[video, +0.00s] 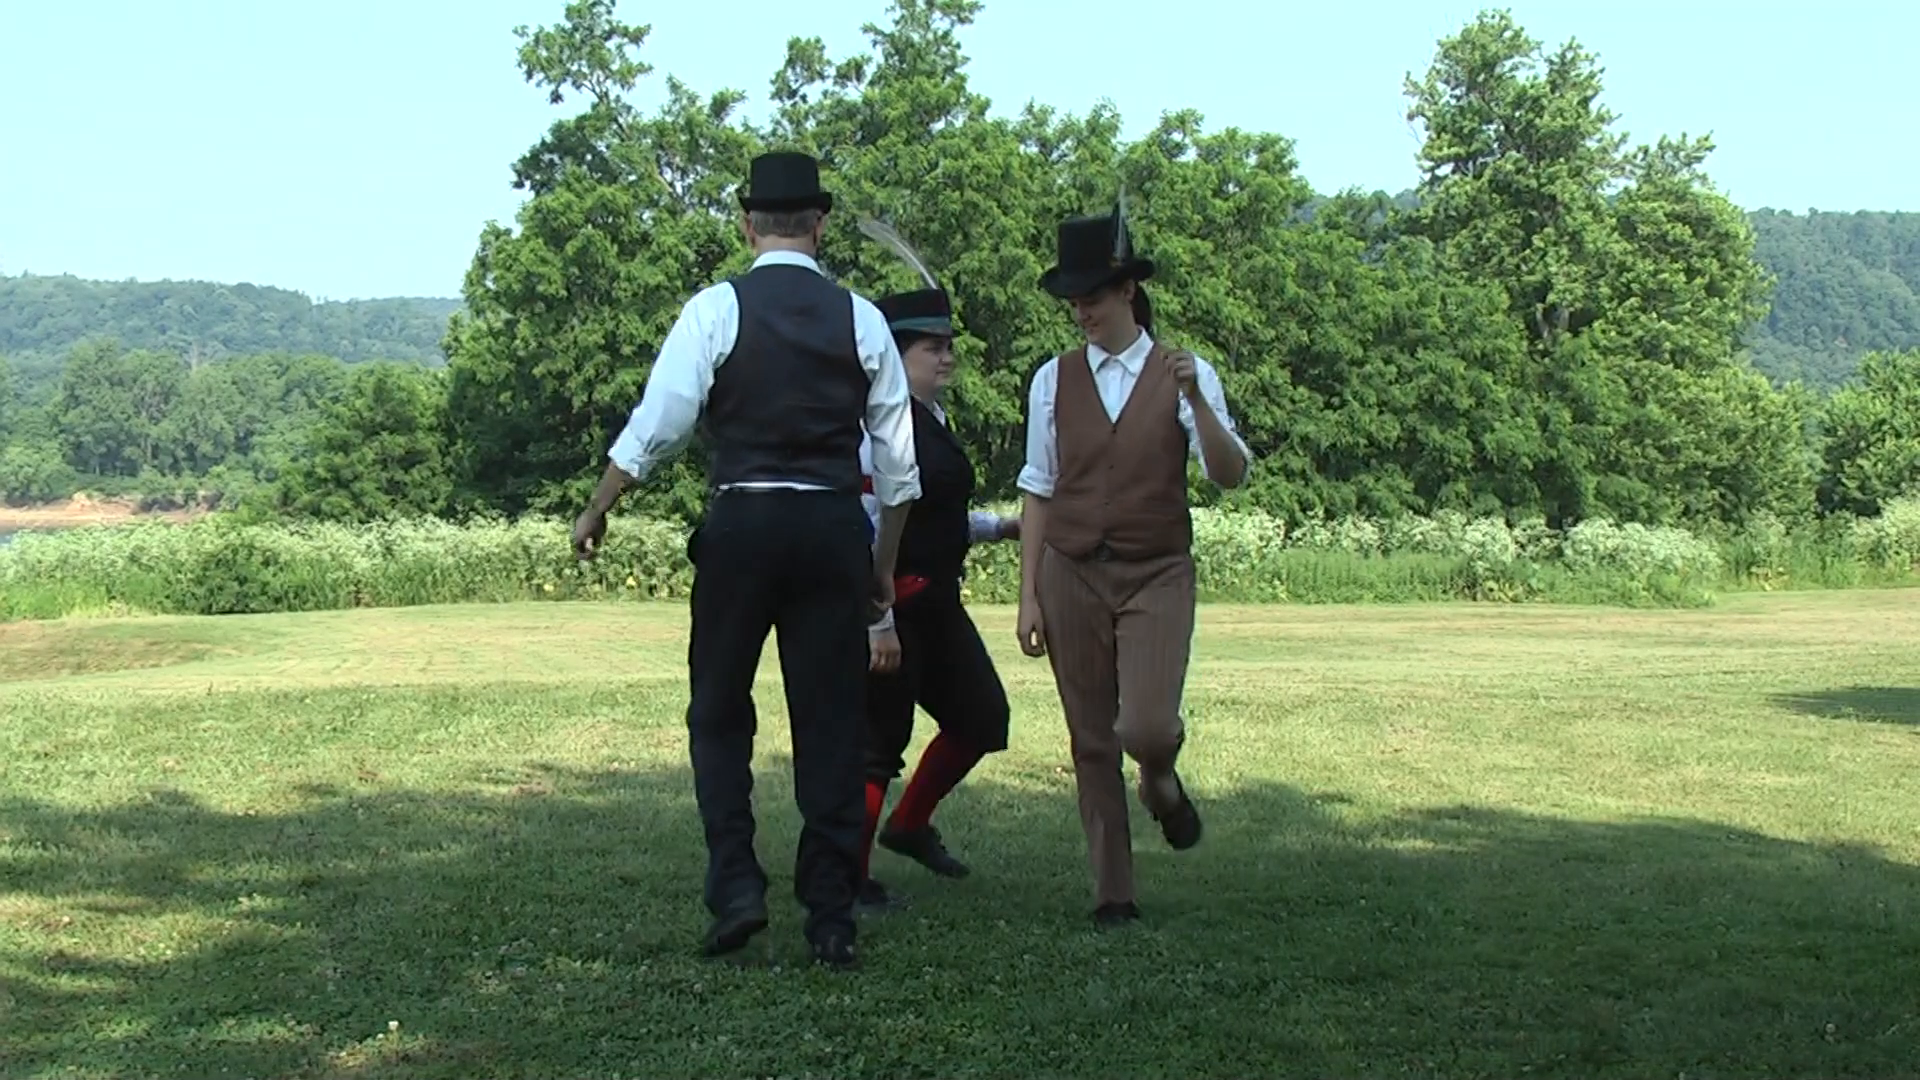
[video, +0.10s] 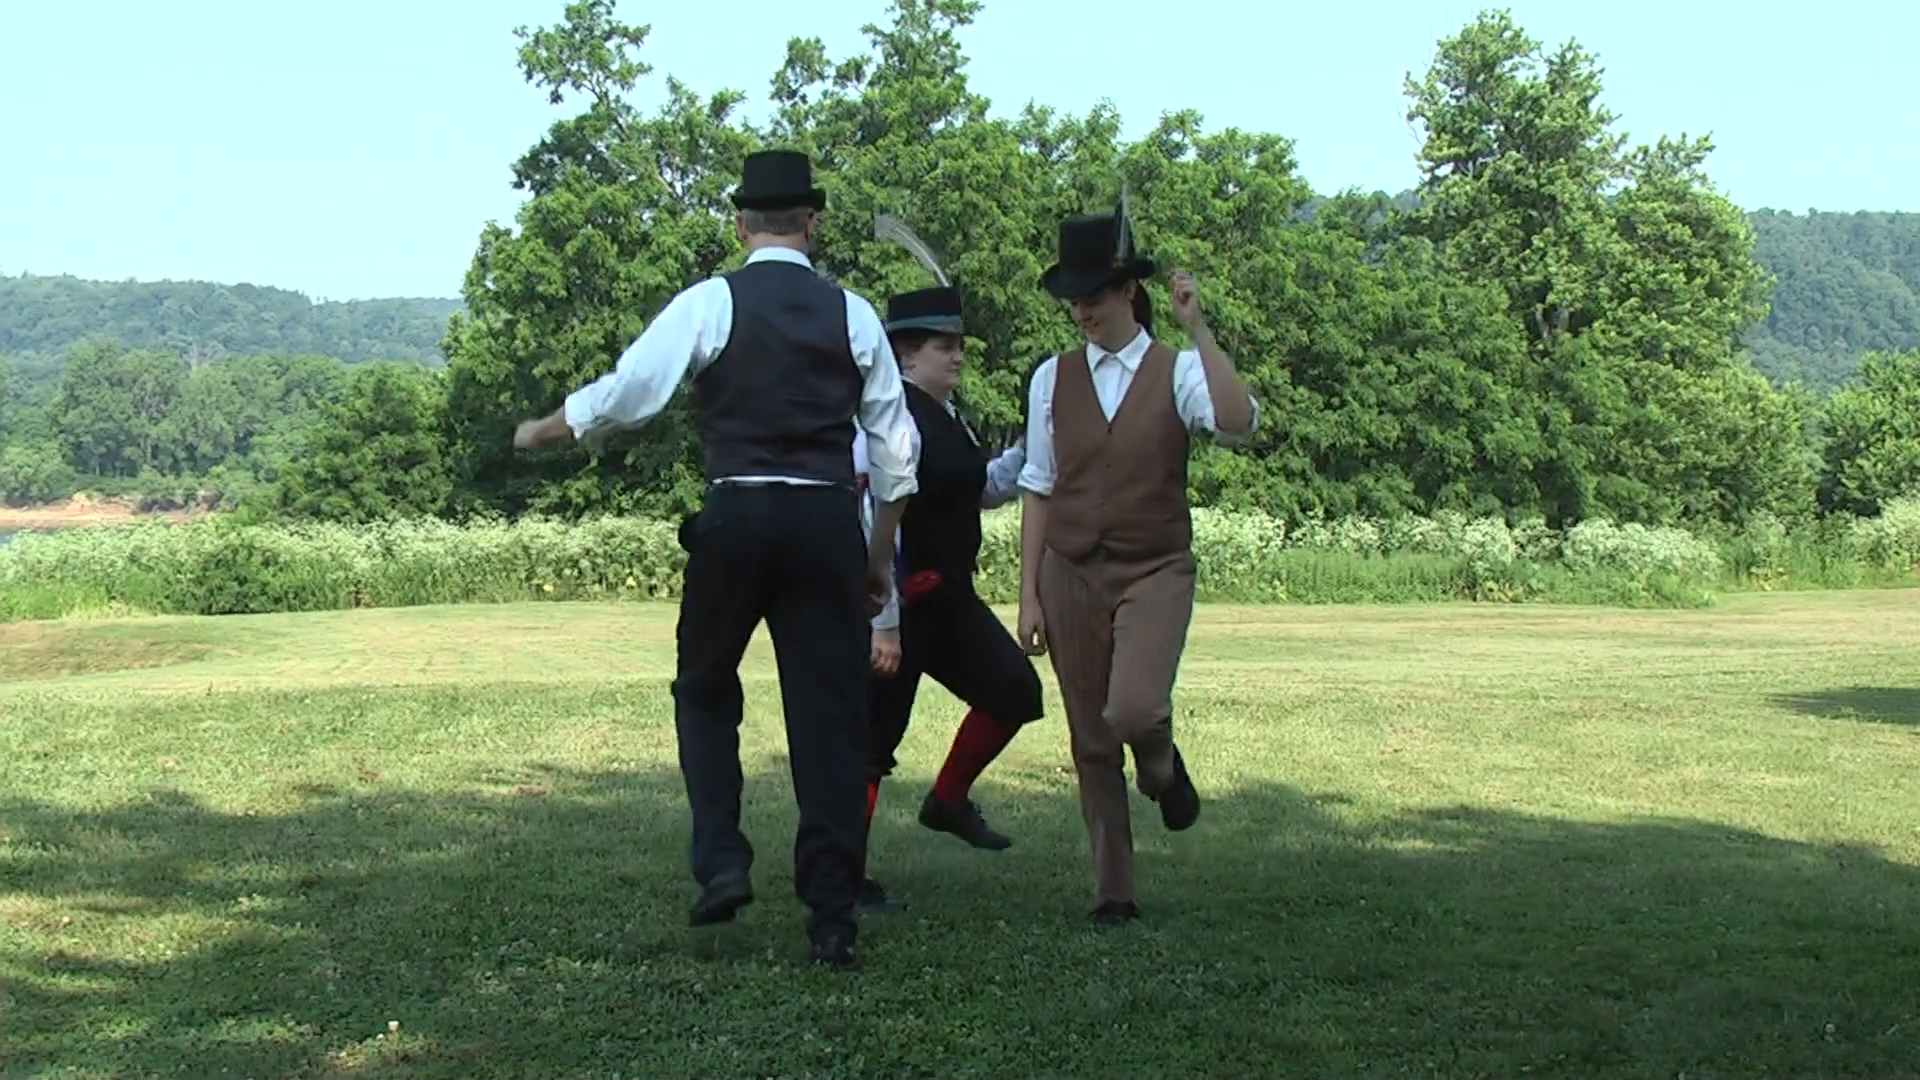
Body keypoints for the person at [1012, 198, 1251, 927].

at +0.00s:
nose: (1084, 312)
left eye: (1094, 298)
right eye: (1075, 302)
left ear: (1131, 290)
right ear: (1069, 306)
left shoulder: (1187, 372)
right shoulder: (1052, 380)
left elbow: (1230, 475)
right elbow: (1036, 491)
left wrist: (1197, 404)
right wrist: (1029, 592)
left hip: (1158, 574)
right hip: (1069, 574)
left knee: (1150, 732)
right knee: (1093, 743)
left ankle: (1161, 792)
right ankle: (1113, 896)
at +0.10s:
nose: (1083, 311)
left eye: (1096, 296)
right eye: (1074, 301)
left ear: (1132, 291)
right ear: (1068, 304)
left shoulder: (1178, 368)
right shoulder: (1050, 379)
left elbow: (1236, 420)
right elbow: (1037, 491)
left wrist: (1197, 328)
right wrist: (1028, 592)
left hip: (1156, 569)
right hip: (1069, 571)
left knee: (1131, 715)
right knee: (1091, 743)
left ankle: (1159, 769)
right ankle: (1114, 894)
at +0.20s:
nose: (1082, 309)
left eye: (1094, 295)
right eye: (1073, 299)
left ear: (1131, 291)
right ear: (1068, 304)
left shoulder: (1173, 367)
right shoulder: (1050, 377)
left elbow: (1232, 355)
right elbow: (1036, 491)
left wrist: (1193, 260)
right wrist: (1029, 589)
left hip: (1155, 570)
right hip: (1069, 572)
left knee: (1117, 716)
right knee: (1089, 739)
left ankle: (1159, 820)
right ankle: (1117, 893)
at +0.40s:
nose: (1077, 306)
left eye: (1090, 293)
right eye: (1072, 294)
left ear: (1134, 298)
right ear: (1069, 302)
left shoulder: (1165, 372)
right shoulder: (1061, 383)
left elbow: (1179, 279)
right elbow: (1039, 494)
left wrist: (1184, 171)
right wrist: (1016, 587)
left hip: (1143, 590)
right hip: (1065, 592)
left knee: (1103, 762)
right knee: (1054, 766)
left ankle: (1132, 916)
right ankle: (1128, 864)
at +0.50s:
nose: (1066, 295)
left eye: (1077, 282)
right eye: (1063, 284)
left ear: (1117, 281)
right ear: (1071, 290)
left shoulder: (1147, 351)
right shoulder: (1063, 370)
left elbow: (1150, 263)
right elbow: (1044, 482)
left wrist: (1144, 152)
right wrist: (1018, 567)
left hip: (1136, 577)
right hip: (1061, 580)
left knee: (1119, 756)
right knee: (1019, 716)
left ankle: (1136, 916)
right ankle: (1112, 803)